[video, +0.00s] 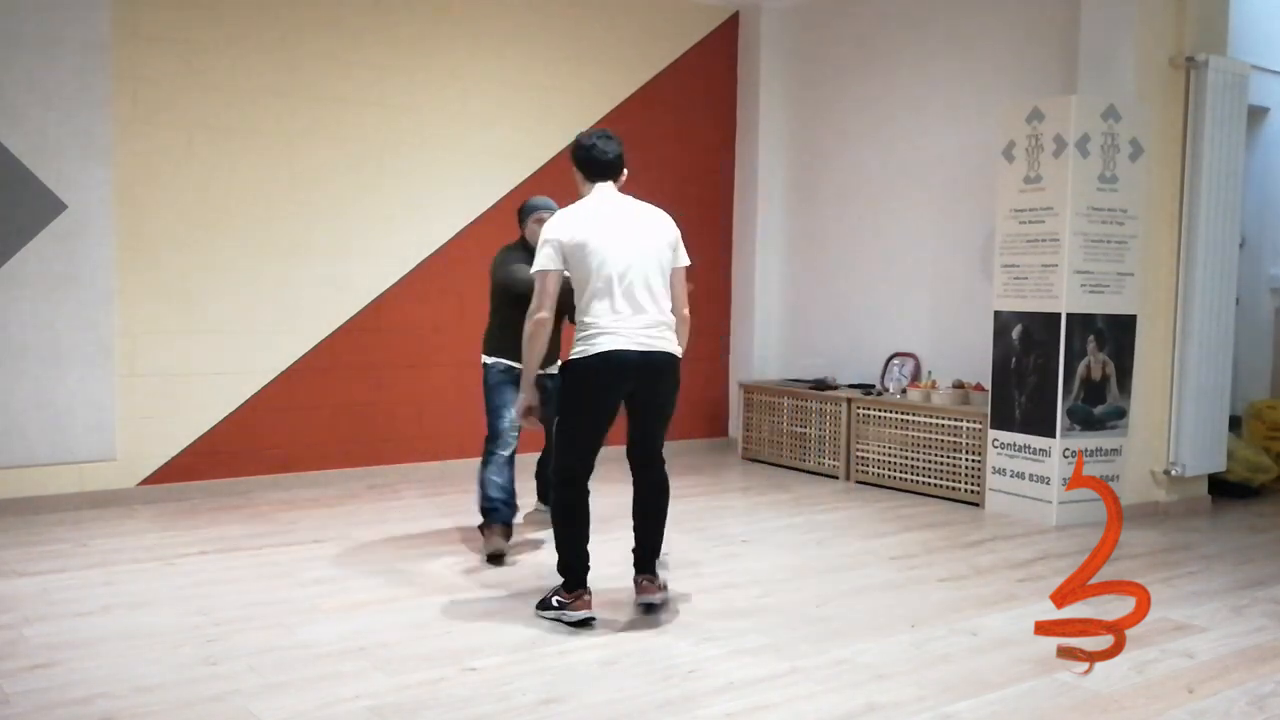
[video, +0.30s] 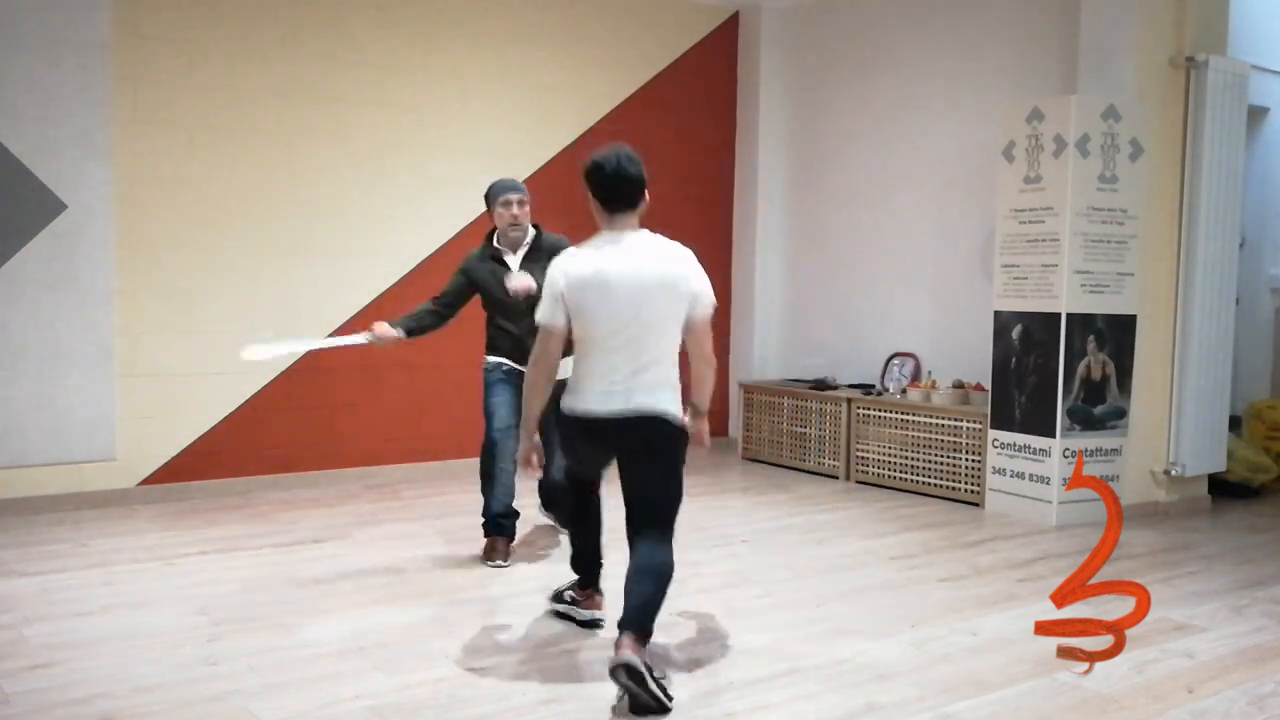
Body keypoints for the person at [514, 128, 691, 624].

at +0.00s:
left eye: (577, 172)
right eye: (622, 167)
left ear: (576, 173)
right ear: (624, 171)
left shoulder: (562, 225)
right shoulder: (663, 221)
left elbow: (543, 313)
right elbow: (681, 309)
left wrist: (528, 386)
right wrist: (670, 364)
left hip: (594, 362)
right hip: (659, 360)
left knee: (568, 472)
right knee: (649, 460)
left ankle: (575, 590)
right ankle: (647, 576)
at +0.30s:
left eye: (595, 194)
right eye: (638, 191)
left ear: (591, 199)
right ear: (645, 196)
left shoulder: (568, 265)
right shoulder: (681, 261)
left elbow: (546, 355)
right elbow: (703, 352)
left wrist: (529, 426)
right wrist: (701, 410)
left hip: (585, 415)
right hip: (656, 417)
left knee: (578, 486)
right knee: (652, 535)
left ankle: (587, 590)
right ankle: (631, 648)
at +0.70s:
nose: (660, 251)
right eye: (661, 243)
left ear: (613, 234)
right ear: (657, 244)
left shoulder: (573, 273)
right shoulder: (657, 280)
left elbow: (556, 361)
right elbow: (667, 369)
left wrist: (551, 437)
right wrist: (655, 419)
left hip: (569, 402)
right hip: (629, 401)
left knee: (605, 488)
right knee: (663, 504)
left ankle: (600, 591)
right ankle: (636, 585)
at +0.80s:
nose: (667, 246)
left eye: (669, 239)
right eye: (669, 238)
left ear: (627, 224)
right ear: (661, 234)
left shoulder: (585, 255)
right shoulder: (638, 250)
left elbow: (569, 342)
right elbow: (644, 334)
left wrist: (572, 428)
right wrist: (638, 387)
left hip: (563, 377)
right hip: (616, 375)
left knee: (610, 478)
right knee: (663, 469)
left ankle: (593, 590)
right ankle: (655, 571)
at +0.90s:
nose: (661, 247)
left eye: (663, 238)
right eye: (663, 236)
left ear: (627, 218)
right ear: (651, 227)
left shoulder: (586, 245)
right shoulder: (617, 231)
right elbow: (639, 304)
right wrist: (640, 348)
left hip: (565, 368)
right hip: (614, 367)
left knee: (604, 472)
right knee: (653, 457)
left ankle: (585, 587)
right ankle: (665, 555)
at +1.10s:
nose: (639, 223)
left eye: (636, 218)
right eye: (638, 218)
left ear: (597, 218)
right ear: (634, 219)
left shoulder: (570, 258)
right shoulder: (632, 247)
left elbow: (562, 318)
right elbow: (628, 299)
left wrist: (566, 388)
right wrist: (661, 352)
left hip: (577, 371)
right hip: (625, 367)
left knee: (604, 456)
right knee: (646, 447)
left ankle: (593, 524)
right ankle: (653, 540)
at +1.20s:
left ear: (572, 208)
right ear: (610, 210)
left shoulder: (552, 249)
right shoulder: (634, 248)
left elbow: (535, 315)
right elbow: (651, 310)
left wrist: (537, 374)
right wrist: (663, 371)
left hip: (568, 367)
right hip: (623, 361)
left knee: (587, 444)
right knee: (634, 442)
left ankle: (606, 504)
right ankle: (651, 537)